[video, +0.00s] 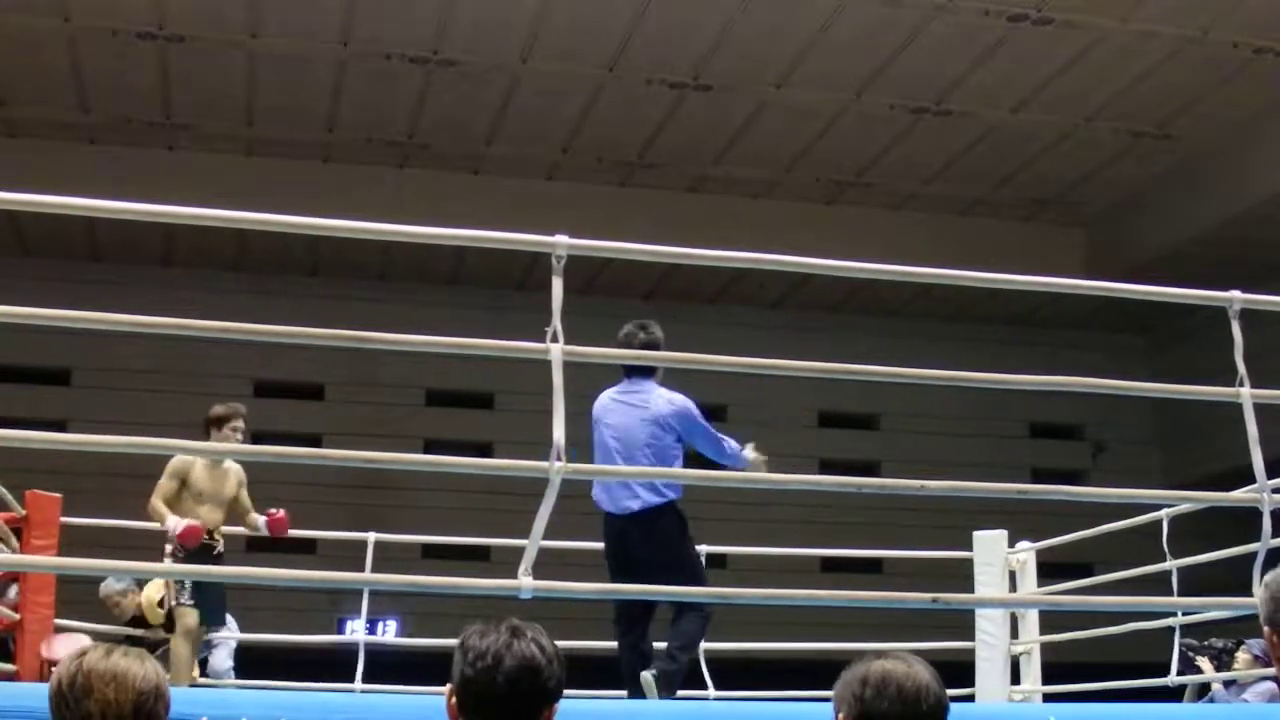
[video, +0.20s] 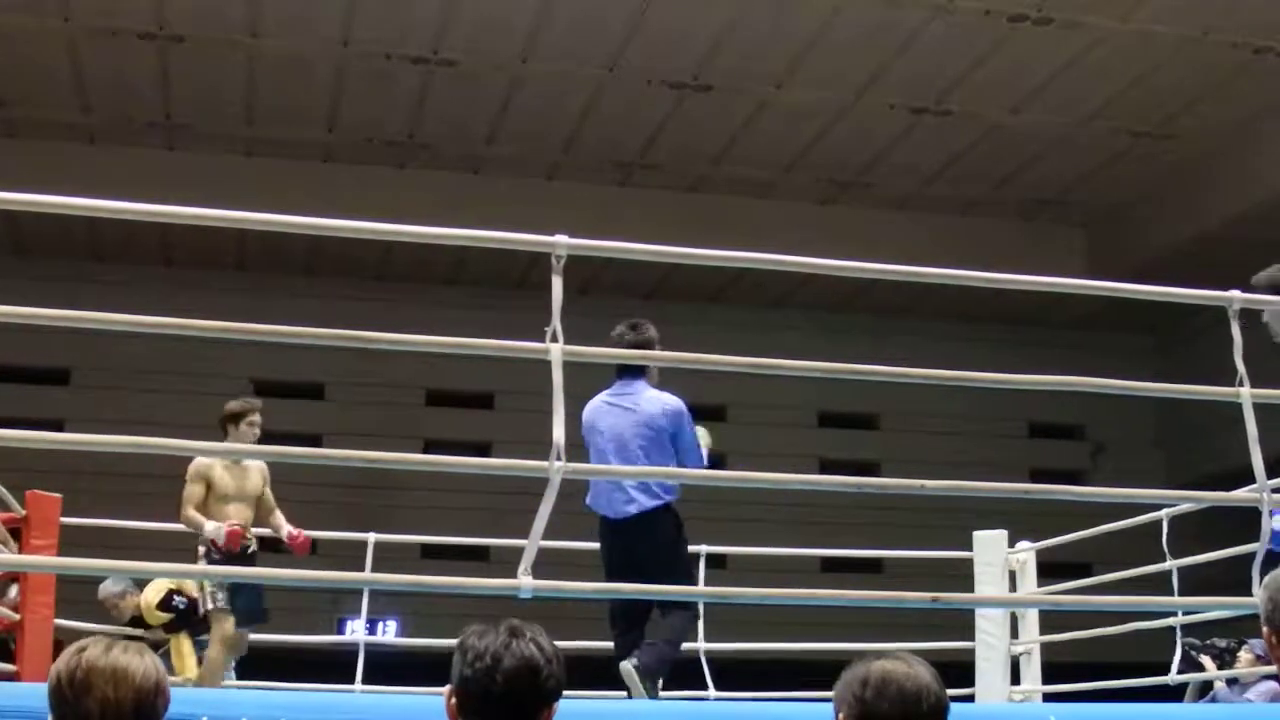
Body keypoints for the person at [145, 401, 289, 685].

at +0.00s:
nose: (239, 437)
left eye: (242, 432)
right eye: (234, 430)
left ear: (241, 434)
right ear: (214, 430)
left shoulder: (236, 473)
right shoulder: (184, 462)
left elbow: (247, 516)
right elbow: (155, 503)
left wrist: (265, 524)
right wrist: (176, 524)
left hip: (212, 552)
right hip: (182, 549)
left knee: (200, 629)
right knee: (187, 624)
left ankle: (179, 694)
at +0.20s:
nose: (257, 431)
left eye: (259, 426)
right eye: (251, 425)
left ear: (259, 429)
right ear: (231, 427)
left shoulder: (259, 468)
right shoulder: (204, 465)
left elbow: (271, 511)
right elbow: (187, 511)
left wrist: (286, 530)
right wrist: (209, 528)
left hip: (246, 556)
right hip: (215, 555)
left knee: (240, 639)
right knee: (222, 634)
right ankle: (205, 705)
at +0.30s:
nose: (272, 425)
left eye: (273, 420)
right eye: (266, 419)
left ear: (272, 422)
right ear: (246, 420)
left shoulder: (272, 462)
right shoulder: (219, 460)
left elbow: (277, 507)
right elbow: (204, 507)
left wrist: (297, 524)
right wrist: (243, 523)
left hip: (265, 554)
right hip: (232, 553)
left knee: (275, 638)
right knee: (229, 634)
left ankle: (222, 677)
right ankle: (212, 702)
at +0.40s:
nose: (293, 422)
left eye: (295, 416)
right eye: (288, 415)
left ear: (290, 417)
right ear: (267, 413)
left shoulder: (286, 453)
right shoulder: (238, 450)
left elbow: (284, 500)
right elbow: (227, 499)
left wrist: (310, 510)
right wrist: (271, 503)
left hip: (283, 542)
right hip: (251, 542)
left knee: (308, 627)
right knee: (236, 633)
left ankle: (269, 692)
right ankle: (215, 701)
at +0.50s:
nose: (318, 430)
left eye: (320, 423)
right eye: (313, 422)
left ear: (311, 423)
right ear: (293, 419)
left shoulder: (309, 459)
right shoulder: (260, 451)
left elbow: (300, 509)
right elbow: (256, 500)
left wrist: (332, 508)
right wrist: (304, 491)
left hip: (302, 546)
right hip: (268, 545)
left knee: (332, 627)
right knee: (248, 636)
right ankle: (216, 703)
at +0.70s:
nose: (378, 437)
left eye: (380, 430)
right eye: (373, 429)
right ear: (351, 427)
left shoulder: (373, 469)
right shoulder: (317, 462)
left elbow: (372, 522)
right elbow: (314, 512)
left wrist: (396, 519)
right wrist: (357, 502)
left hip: (359, 561)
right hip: (321, 559)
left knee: (392, 633)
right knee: (280, 640)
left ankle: (396, 712)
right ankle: (236, 693)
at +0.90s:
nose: (434, 414)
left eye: (437, 408)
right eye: (429, 406)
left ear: (437, 410)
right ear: (408, 403)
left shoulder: (437, 443)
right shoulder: (375, 436)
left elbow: (453, 495)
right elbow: (368, 483)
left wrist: (462, 471)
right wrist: (406, 456)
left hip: (420, 532)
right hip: (381, 529)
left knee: (435, 622)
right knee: (361, 625)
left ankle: (413, 696)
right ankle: (349, 697)